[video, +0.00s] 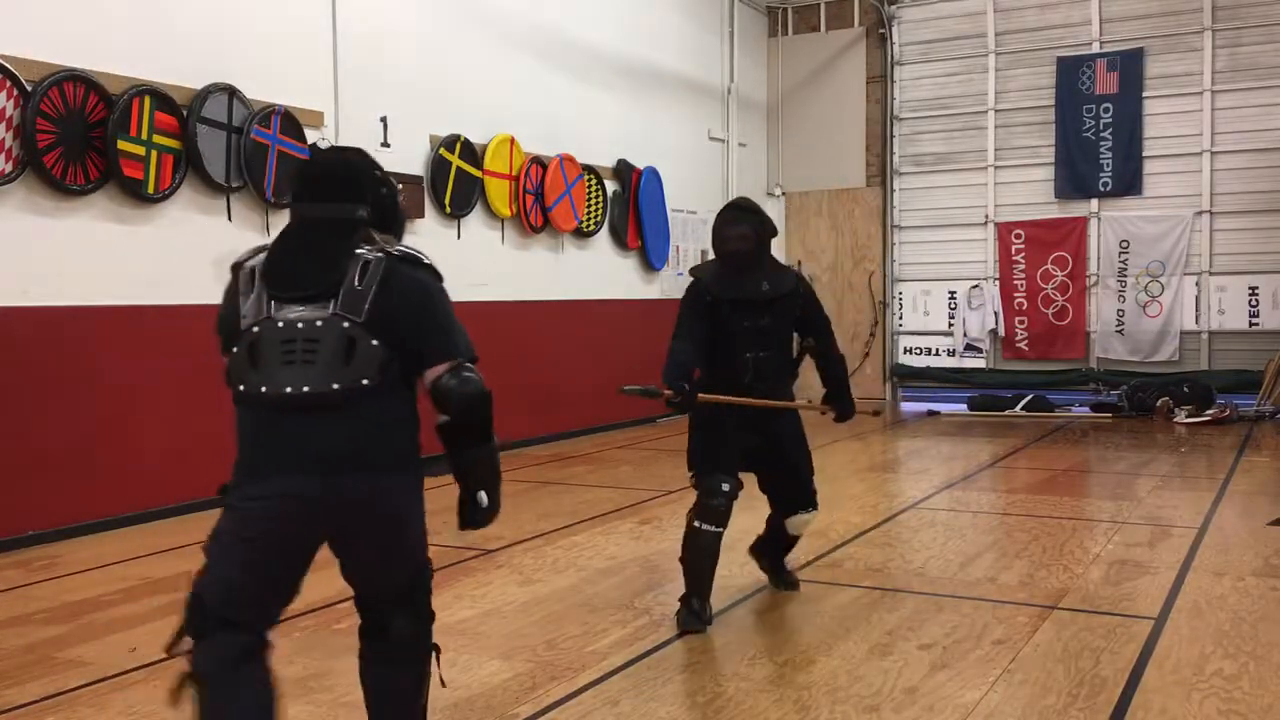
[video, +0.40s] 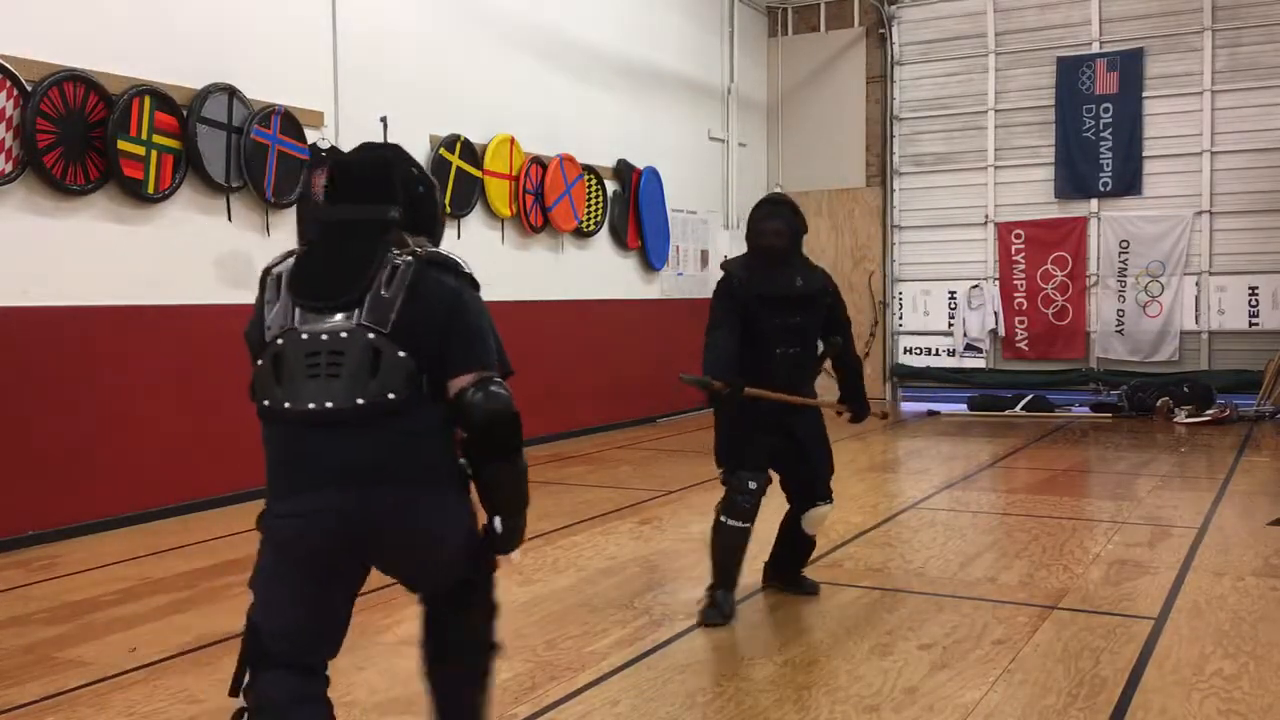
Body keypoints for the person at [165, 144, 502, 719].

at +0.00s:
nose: (397, 211)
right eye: (390, 202)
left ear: (300, 206)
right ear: (372, 208)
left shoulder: (248, 279)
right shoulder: (401, 276)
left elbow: (240, 371)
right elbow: (460, 392)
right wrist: (478, 479)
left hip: (272, 488)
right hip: (378, 488)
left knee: (226, 628)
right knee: (396, 624)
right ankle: (397, 710)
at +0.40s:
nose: (436, 211)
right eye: (428, 201)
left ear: (332, 209)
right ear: (412, 207)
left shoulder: (278, 285)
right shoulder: (438, 282)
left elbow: (269, 398)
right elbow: (485, 412)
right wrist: (508, 514)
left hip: (306, 510)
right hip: (414, 503)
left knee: (284, 672)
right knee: (458, 585)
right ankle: (460, 708)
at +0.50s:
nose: (455, 211)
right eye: (447, 202)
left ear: (355, 207)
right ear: (431, 208)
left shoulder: (299, 285)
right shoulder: (458, 285)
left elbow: (291, 389)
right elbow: (507, 412)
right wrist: (527, 513)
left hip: (328, 512)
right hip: (438, 504)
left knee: (290, 671)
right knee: (492, 602)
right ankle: (528, 706)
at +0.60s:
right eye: (471, 206)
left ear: (381, 213)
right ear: (462, 212)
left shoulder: (332, 290)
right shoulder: (487, 290)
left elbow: (318, 379)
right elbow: (538, 414)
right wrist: (557, 512)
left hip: (360, 522)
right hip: (471, 519)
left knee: (306, 671)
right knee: (547, 634)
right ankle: (596, 709)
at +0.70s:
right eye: (510, 213)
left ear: (428, 220)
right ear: (503, 221)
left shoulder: (380, 296)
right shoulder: (536, 297)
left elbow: (363, 376)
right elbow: (592, 414)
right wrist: (608, 509)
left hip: (405, 525)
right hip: (518, 527)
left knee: (333, 666)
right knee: (588, 649)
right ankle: (620, 710)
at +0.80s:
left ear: (473, 225)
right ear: (549, 222)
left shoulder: (433, 294)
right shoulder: (585, 292)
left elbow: (413, 388)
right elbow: (667, 386)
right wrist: (706, 476)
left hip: (474, 505)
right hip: (576, 504)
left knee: (383, 647)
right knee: (598, 620)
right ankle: (626, 709)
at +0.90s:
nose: (500, 219)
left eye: (505, 208)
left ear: (511, 213)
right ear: (590, 208)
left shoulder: (491, 279)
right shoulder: (632, 271)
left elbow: (453, 372)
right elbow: (676, 315)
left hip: (540, 490)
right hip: (639, 487)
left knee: (458, 611)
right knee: (612, 606)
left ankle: (424, 705)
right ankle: (629, 707)